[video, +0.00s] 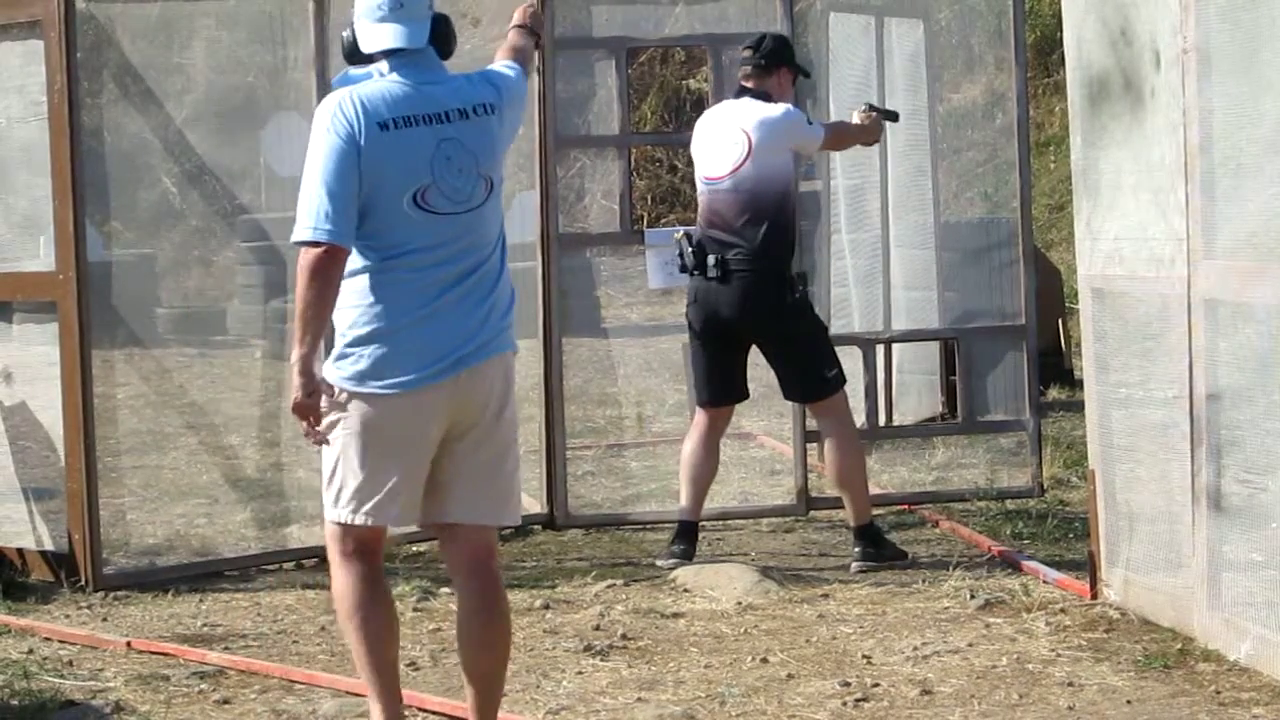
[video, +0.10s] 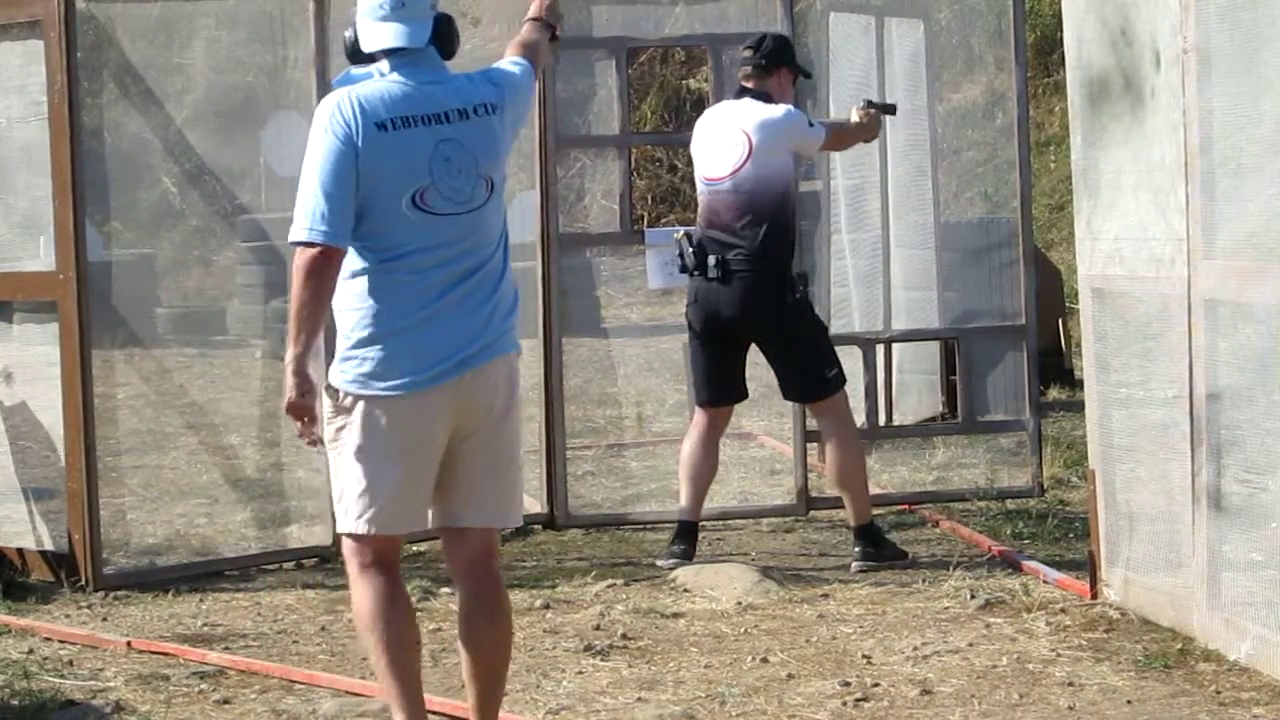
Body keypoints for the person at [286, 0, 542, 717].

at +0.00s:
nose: (356, 60)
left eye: (357, 46)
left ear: (360, 47)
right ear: (436, 37)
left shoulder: (346, 111)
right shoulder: (488, 98)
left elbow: (322, 253)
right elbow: (515, 64)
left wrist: (303, 366)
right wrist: (524, 28)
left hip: (381, 365)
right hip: (484, 357)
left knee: (355, 549)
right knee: (475, 549)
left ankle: (387, 712)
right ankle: (485, 715)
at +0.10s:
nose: (359, 60)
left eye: (359, 46)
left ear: (363, 47)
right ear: (440, 37)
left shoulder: (346, 110)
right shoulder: (490, 97)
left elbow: (318, 253)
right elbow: (525, 59)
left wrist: (297, 367)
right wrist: (540, 22)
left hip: (382, 370)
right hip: (488, 361)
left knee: (371, 558)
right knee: (478, 557)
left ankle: (408, 713)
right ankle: (487, 715)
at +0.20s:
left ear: (360, 47)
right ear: (439, 38)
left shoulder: (342, 113)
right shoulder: (489, 97)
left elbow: (312, 253)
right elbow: (529, 56)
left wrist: (292, 366)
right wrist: (550, 17)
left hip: (386, 376)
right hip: (490, 364)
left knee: (389, 570)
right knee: (479, 560)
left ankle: (412, 715)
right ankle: (487, 716)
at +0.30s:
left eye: (349, 49)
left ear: (355, 48)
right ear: (434, 39)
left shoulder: (336, 116)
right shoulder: (485, 96)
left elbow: (305, 262)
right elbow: (530, 54)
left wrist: (285, 370)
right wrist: (550, 19)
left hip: (384, 378)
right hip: (488, 365)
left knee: (392, 574)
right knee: (476, 561)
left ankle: (412, 715)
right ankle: (485, 716)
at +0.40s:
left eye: (346, 52)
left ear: (352, 51)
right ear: (432, 40)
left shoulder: (333, 117)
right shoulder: (484, 96)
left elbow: (301, 262)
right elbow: (532, 54)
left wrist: (281, 372)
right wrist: (553, 18)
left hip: (381, 378)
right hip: (485, 365)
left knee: (391, 577)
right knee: (477, 568)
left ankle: (412, 713)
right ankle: (485, 714)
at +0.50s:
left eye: (344, 51)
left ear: (350, 51)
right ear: (430, 41)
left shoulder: (329, 119)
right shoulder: (484, 96)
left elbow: (297, 263)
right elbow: (534, 54)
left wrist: (276, 374)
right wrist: (559, 17)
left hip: (378, 381)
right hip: (484, 368)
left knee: (390, 577)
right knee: (477, 571)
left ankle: (411, 713)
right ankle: (485, 714)